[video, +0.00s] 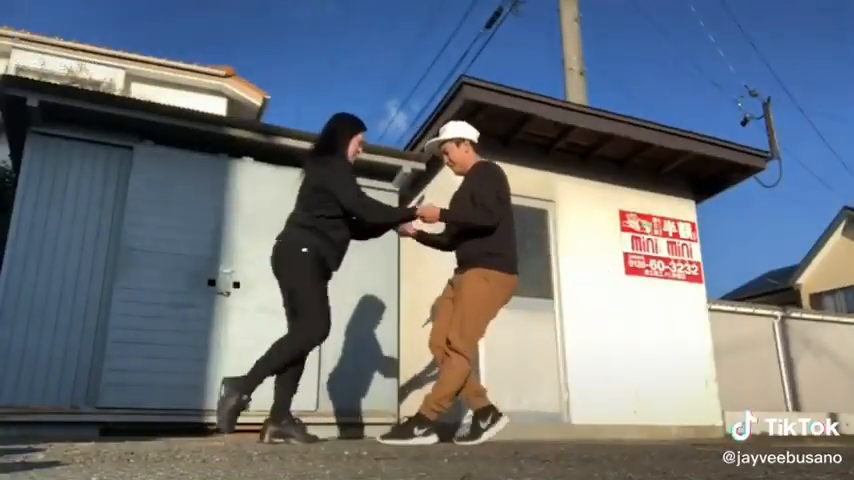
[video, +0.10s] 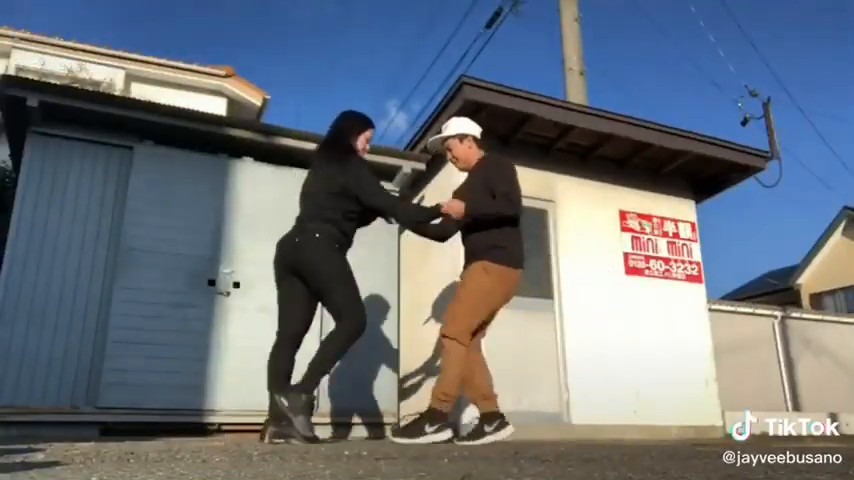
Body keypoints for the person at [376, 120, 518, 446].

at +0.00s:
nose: (446, 160)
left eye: (447, 152)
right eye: (443, 154)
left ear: (465, 145)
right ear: (459, 149)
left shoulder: (487, 172)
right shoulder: (469, 187)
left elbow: (487, 217)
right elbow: (452, 241)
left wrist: (441, 215)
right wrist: (417, 233)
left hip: (489, 273)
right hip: (468, 273)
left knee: (459, 344)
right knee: (440, 341)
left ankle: (426, 420)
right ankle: (484, 411)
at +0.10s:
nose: (450, 158)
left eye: (451, 150)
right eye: (447, 153)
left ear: (469, 141)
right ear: (463, 147)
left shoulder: (497, 165)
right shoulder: (468, 186)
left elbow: (511, 208)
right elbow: (442, 231)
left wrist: (466, 210)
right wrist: (401, 213)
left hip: (495, 264)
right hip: (483, 265)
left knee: (454, 334)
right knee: (465, 338)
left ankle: (437, 416)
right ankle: (490, 416)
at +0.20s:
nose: (454, 153)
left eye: (456, 145)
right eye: (452, 148)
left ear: (474, 138)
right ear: (467, 145)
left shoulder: (503, 162)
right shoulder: (471, 185)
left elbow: (527, 201)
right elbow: (446, 226)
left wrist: (481, 207)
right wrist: (406, 210)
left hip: (504, 261)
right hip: (495, 262)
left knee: (460, 321)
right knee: (481, 334)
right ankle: (492, 415)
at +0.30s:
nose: (463, 154)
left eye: (465, 146)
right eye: (460, 149)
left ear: (483, 139)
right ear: (473, 146)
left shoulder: (511, 164)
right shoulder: (480, 187)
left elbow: (534, 202)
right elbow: (456, 229)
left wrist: (489, 211)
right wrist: (413, 217)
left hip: (516, 264)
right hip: (493, 268)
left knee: (487, 332)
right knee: (481, 337)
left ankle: (538, 397)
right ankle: (494, 417)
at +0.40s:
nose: (472, 155)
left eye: (473, 147)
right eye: (470, 150)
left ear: (492, 140)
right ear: (484, 145)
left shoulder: (518, 168)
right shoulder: (491, 186)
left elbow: (535, 211)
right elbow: (476, 234)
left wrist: (489, 217)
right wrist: (434, 229)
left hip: (532, 267)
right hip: (503, 272)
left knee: (528, 343)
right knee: (491, 343)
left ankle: (563, 419)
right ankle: (496, 421)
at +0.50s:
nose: (482, 156)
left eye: (484, 148)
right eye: (479, 151)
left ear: (503, 141)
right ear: (495, 148)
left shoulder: (526, 171)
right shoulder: (502, 188)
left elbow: (534, 218)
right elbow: (505, 236)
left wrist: (487, 215)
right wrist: (468, 232)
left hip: (554, 265)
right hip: (523, 273)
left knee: (557, 342)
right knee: (500, 337)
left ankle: (568, 423)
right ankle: (512, 416)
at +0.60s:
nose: (491, 152)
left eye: (495, 144)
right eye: (490, 146)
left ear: (515, 141)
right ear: (507, 146)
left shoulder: (535, 172)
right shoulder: (516, 186)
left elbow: (524, 204)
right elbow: (518, 236)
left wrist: (485, 187)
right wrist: (500, 222)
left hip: (561, 265)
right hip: (532, 275)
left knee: (561, 343)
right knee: (523, 341)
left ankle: (570, 423)